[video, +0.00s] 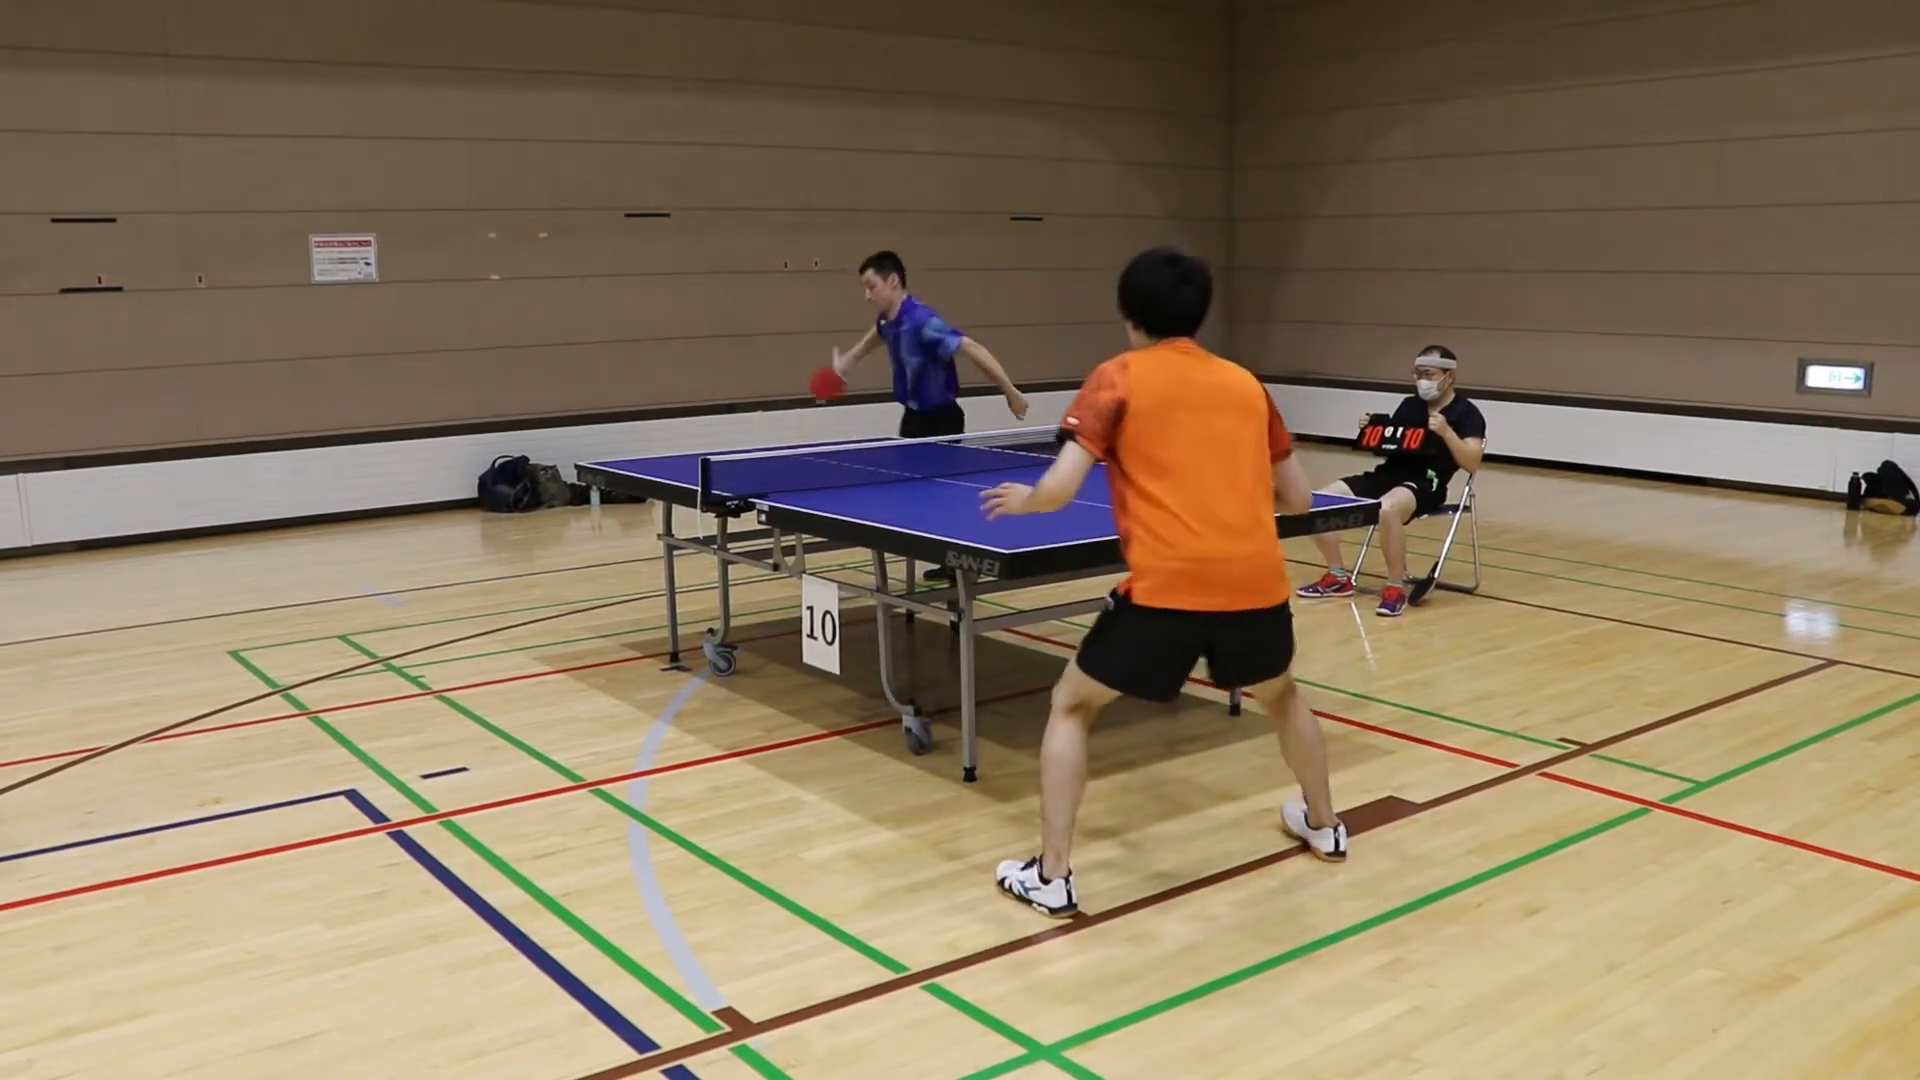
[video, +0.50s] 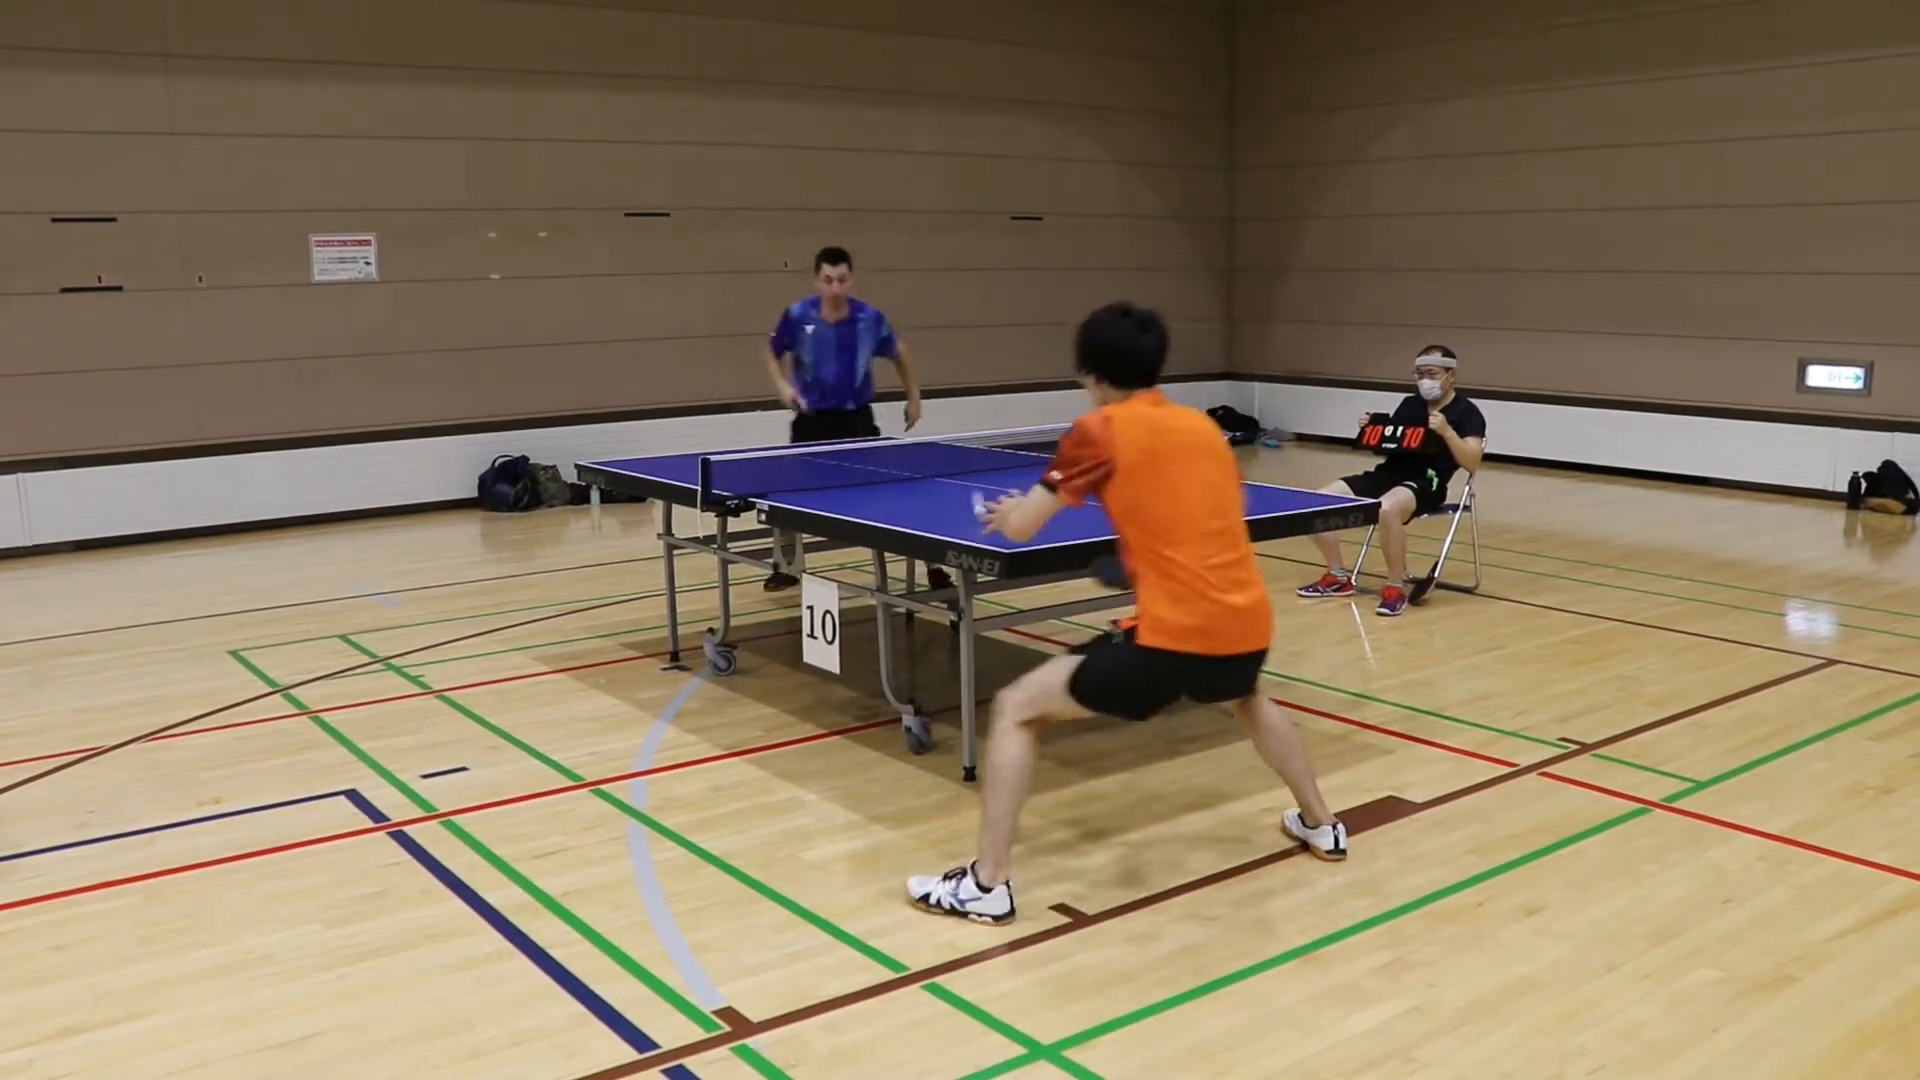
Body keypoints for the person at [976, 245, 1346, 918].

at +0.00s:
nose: (1120, 319)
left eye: (1123, 310)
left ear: (1131, 314)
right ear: (1198, 315)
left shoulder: (1119, 378)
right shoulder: (1246, 386)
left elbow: (1058, 491)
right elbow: (1296, 497)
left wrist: (1025, 499)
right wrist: (1229, 486)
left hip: (1163, 598)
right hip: (1256, 594)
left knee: (1072, 705)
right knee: (1285, 698)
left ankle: (1052, 873)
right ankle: (1325, 823)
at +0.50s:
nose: (1082, 384)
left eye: (1083, 373)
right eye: (1082, 373)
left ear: (1095, 374)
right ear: (1155, 369)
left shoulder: (1100, 430)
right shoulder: (1205, 427)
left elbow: (1021, 529)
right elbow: (1224, 512)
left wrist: (1007, 514)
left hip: (1168, 644)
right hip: (1248, 637)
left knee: (1015, 707)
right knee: (1250, 698)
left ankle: (987, 880)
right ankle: (1322, 824)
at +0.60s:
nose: (1048, 384)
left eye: (1049, 372)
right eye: (1048, 372)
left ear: (1062, 372)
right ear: (1121, 364)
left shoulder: (1068, 421)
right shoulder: (1168, 422)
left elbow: (995, 512)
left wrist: (978, 499)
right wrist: (1063, 497)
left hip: (1128, 640)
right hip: (1213, 636)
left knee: (983, 706)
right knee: (1236, 711)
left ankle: (982, 880)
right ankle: (1317, 823)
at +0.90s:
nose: (977, 363)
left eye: (979, 353)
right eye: (984, 352)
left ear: (987, 359)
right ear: (1055, 355)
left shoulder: (977, 431)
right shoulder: (1104, 423)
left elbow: (913, 553)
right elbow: (1184, 479)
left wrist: (884, 562)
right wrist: (1143, 424)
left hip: (1017, 647)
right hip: (1111, 641)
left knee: (906, 739)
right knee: (1165, 748)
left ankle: (850, 900)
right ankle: (1261, 874)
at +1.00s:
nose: (1010, 346)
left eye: (1012, 337)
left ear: (1018, 344)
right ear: (1090, 342)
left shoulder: (993, 421)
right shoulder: (1134, 419)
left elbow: (922, 544)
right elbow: (1203, 517)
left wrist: (925, 542)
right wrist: (1158, 464)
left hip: (1025, 644)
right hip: (1126, 642)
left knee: (920, 743)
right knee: (1194, 749)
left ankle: (851, 901)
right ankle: (1281, 895)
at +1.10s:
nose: (1061, 319)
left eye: (1066, 309)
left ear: (1071, 315)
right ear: (1145, 317)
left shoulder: (1038, 388)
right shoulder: (1184, 399)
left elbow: (966, 500)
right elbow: (1228, 527)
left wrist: (1032, 509)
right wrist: (1174, 486)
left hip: (1056, 618)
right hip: (1163, 614)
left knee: (956, 733)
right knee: (1266, 718)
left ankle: (878, 889)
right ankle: (1316, 887)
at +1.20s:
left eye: (1131, 310)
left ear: (1132, 317)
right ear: (1208, 322)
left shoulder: (1089, 389)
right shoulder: (1239, 416)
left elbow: (1036, 500)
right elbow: (1263, 561)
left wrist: (1106, 512)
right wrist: (1238, 541)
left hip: (1085, 627)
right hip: (1192, 630)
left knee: (1007, 740)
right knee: (1288, 748)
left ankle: (969, 886)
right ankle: (1372, 909)